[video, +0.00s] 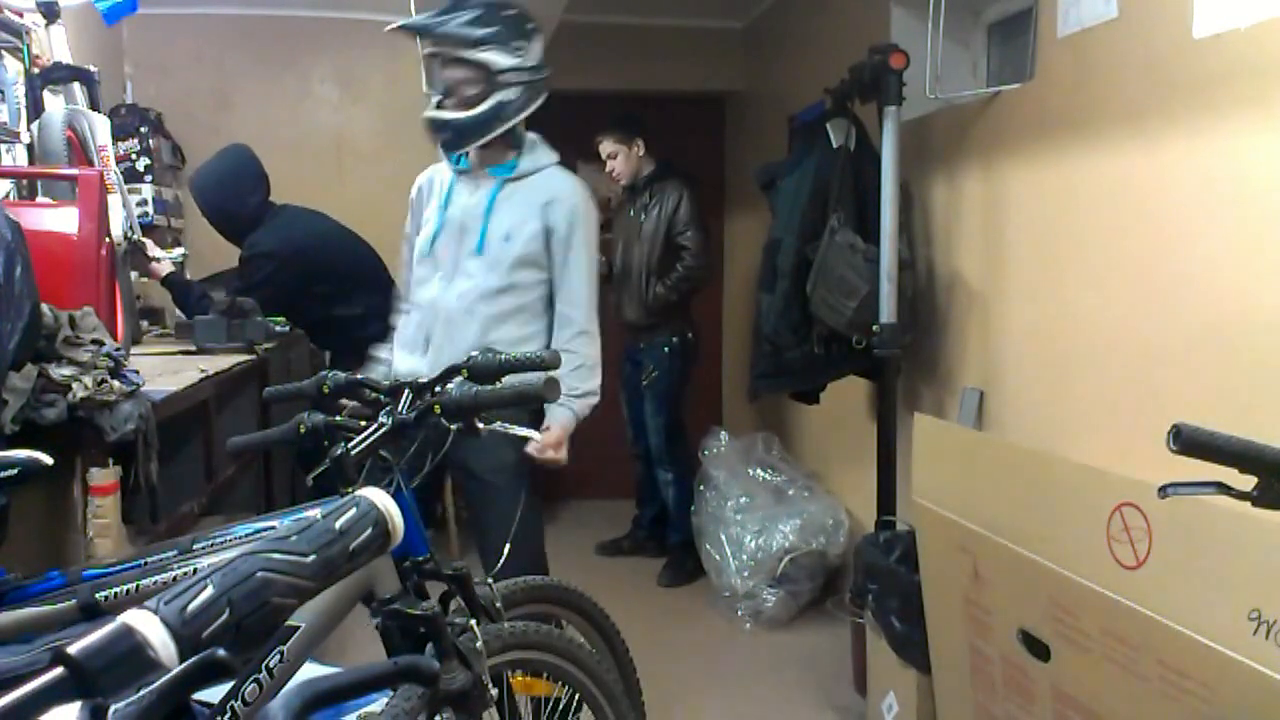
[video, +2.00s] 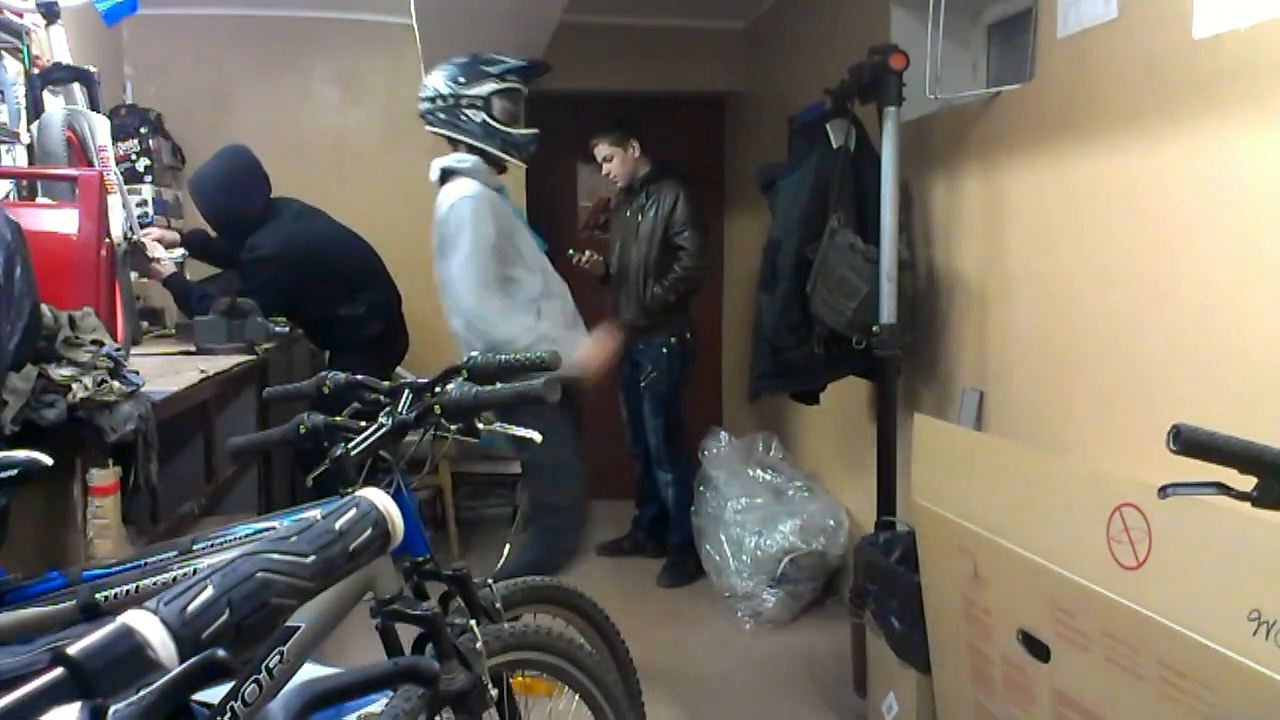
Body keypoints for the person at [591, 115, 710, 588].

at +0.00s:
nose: (609, 167)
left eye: (613, 156)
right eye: (604, 160)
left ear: (638, 148)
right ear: (611, 161)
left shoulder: (674, 193)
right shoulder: (625, 202)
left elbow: (694, 260)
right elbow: (617, 262)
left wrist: (656, 297)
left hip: (667, 336)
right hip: (635, 335)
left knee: (665, 442)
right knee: (641, 441)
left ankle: (685, 545)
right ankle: (649, 530)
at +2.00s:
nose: (605, 171)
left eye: (608, 160)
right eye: (600, 164)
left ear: (635, 150)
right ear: (610, 164)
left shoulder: (671, 193)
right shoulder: (624, 205)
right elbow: (626, 268)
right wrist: (603, 268)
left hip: (665, 336)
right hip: (631, 335)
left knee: (664, 443)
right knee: (640, 442)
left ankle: (684, 547)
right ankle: (650, 531)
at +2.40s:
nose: (605, 171)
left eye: (609, 160)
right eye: (600, 164)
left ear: (633, 151)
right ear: (605, 164)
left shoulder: (670, 194)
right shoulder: (619, 204)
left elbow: (692, 258)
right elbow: (616, 265)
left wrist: (653, 306)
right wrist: (608, 305)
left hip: (663, 330)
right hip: (624, 329)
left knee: (663, 428)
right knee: (630, 429)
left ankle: (684, 540)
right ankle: (644, 525)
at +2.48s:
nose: (592, 152)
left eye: (594, 140)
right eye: (580, 138)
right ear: (550, 140)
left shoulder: (527, 215)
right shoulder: (565, 211)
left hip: (559, 423)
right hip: (593, 426)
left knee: (592, 539)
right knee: (696, 545)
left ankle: (512, 617)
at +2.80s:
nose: (626, 106)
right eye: (616, 99)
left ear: (558, 119)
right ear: (587, 108)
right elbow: (659, 293)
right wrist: (772, 304)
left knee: (659, 521)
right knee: (722, 558)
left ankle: (577, 624)